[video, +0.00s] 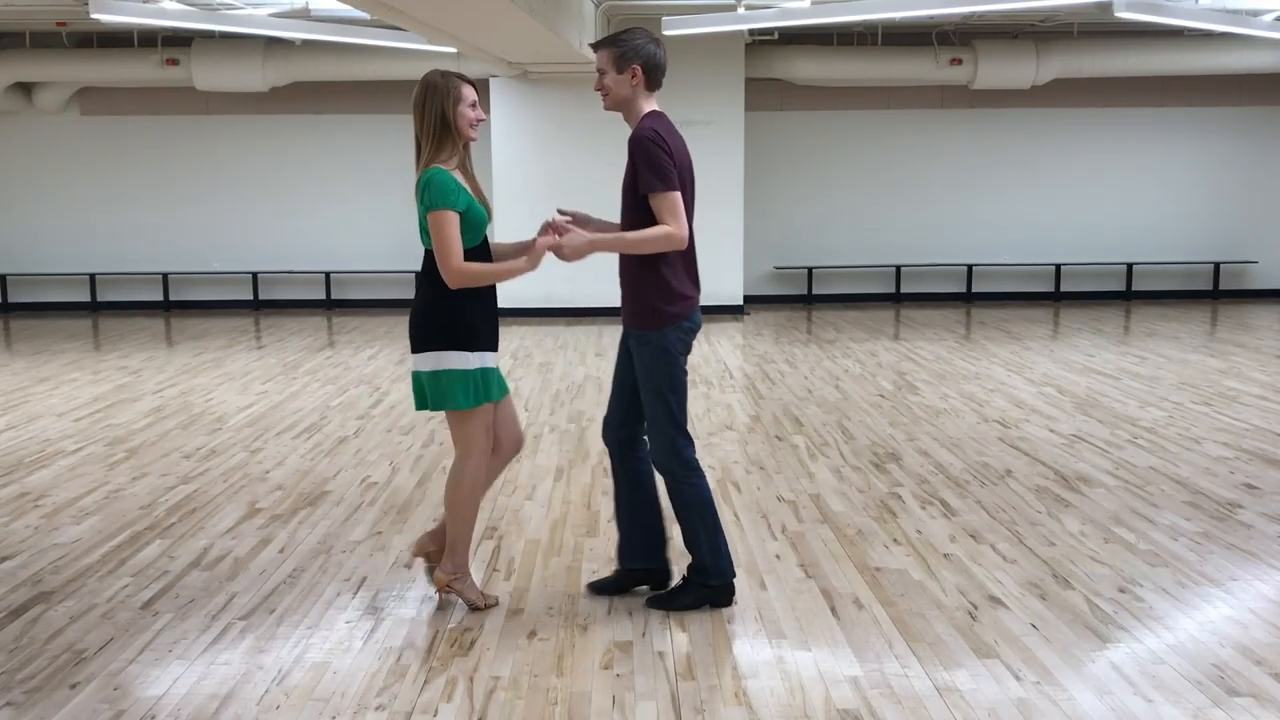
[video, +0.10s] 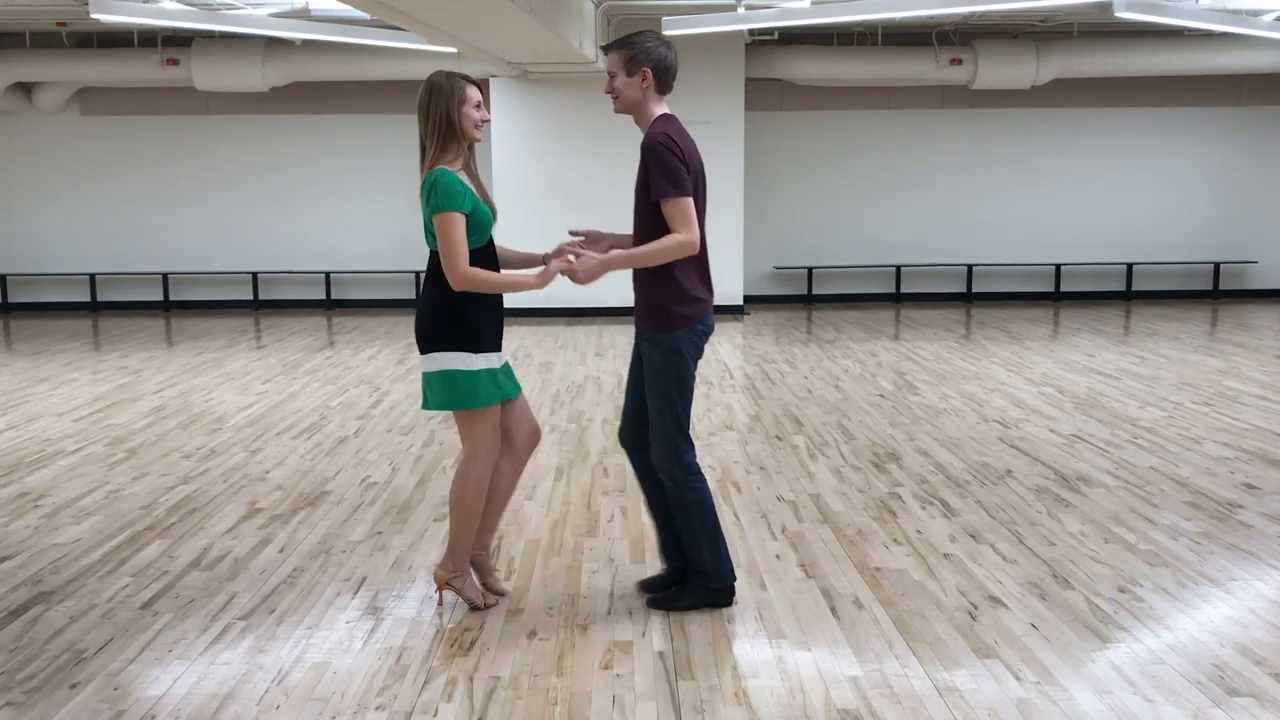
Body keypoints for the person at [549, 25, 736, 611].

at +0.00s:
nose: (596, 86)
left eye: (602, 75)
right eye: (596, 76)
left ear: (636, 76)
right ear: (636, 78)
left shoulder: (649, 136)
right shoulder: (654, 134)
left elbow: (675, 233)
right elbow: (651, 230)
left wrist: (594, 243)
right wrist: (591, 226)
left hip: (663, 318)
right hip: (648, 317)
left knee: (666, 444)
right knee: (622, 432)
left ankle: (714, 576)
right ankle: (644, 564)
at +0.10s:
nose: (607, 88)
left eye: (613, 77)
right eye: (607, 78)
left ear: (645, 78)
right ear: (645, 80)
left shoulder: (663, 141)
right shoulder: (663, 137)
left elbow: (687, 239)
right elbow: (667, 236)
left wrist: (607, 263)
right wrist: (607, 241)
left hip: (677, 322)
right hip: (660, 320)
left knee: (668, 446)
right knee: (636, 436)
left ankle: (713, 580)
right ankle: (685, 565)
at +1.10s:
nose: (577, 82)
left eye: (583, 72)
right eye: (577, 72)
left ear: (614, 75)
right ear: (614, 77)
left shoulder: (627, 139)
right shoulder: (633, 134)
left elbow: (644, 236)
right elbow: (634, 224)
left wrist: (572, 217)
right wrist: (578, 224)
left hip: (629, 318)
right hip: (619, 316)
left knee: (615, 442)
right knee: (607, 440)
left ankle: (696, 558)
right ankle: (632, 568)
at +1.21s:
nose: (565, 84)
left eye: (572, 74)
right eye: (565, 74)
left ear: (602, 77)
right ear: (606, 78)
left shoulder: (617, 142)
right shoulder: (623, 137)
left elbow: (633, 241)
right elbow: (621, 237)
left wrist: (553, 244)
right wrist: (550, 244)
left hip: (610, 318)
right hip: (616, 315)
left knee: (574, 442)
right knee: (600, 437)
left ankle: (643, 565)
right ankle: (628, 567)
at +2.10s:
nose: (564, 93)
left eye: (572, 83)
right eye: (563, 83)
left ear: (607, 85)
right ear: (599, 89)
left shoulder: (622, 139)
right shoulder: (614, 139)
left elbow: (666, 215)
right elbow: (601, 211)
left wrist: (599, 194)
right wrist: (550, 187)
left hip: (614, 313)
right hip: (640, 309)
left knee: (574, 423)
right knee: (633, 427)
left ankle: (615, 537)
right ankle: (677, 555)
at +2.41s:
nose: (572, 102)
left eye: (581, 93)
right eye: (570, 93)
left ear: (613, 96)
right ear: (584, 99)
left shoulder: (628, 150)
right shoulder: (590, 153)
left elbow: (673, 205)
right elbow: (543, 188)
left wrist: (659, 149)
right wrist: (542, 162)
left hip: (606, 314)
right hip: (627, 308)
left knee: (588, 429)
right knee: (615, 421)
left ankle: (628, 538)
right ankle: (683, 519)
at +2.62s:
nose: (578, 97)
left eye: (589, 88)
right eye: (574, 89)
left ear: (618, 91)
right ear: (572, 95)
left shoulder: (627, 145)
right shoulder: (575, 144)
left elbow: (678, 160)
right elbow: (517, 154)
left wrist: (664, 100)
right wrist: (554, 125)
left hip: (607, 303)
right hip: (605, 301)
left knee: (590, 423)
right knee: (597, 415)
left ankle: (628, 536)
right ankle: (669, 508)